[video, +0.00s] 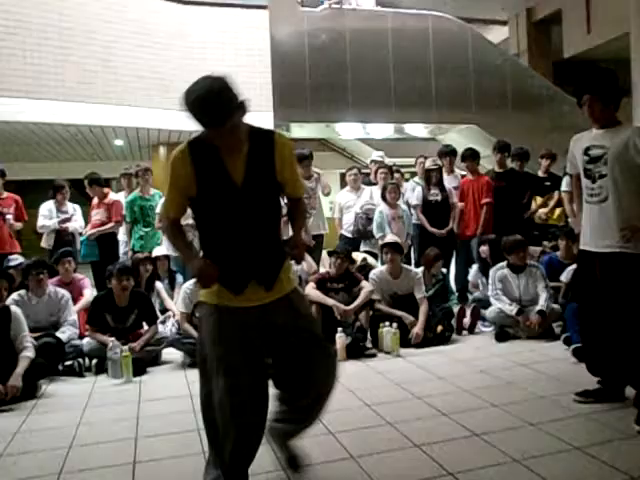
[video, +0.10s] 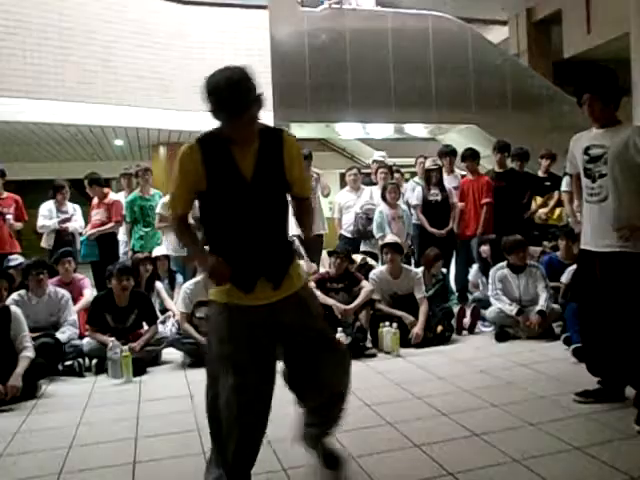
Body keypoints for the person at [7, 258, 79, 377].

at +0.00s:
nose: (41, 277)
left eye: (43, 273)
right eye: (36, 274)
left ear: (48, 277)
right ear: (27, 280)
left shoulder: (62, 296)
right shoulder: (16, 300)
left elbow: (72, 327)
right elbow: (12, 330)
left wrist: (54, 339)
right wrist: (28, 337)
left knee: (46, 345)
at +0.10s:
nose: (41, 277)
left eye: (43, 273)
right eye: (36, 274)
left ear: (48, 277)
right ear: (27, 280)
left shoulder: (62, 296)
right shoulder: (16, 300)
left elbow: (72, 327)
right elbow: (11, 330)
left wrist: (54, 339)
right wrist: (28, 337)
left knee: (44, 345)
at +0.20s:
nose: (41, 277)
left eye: (43, 274)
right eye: (36, 274)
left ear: (48, 277)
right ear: (27, 280)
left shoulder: (61, 296)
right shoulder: (17, 300)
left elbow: (72, 326)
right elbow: (10, 328)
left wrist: (56, 341)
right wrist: (25, 338)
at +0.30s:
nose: (41, 278)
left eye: (43, 274)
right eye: (36, 275)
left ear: (48, 277)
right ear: (27, 280)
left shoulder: (61, 296)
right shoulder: (16, 300)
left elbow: (71, 326)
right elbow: (10, 328)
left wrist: (58, 343)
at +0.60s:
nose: (39, 278)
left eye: (41, 274)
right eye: (34, 275)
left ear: (47, 277)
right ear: (26, 280)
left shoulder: (61, 296)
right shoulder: (15, 300)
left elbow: (71, 326)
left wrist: (59, 340)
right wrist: (21, 337)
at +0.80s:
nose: (39, 279)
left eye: (41, 274)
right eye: (34, 275)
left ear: (47, 277)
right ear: (26, 280)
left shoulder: (61, 296)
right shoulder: (15, 300)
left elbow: (71, 327)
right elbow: (9, 330)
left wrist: (55, 340)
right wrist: (22, 337)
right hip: (27, 345)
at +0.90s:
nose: (41, 280)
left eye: (44, 275)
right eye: (36, 277)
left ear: (50, 277)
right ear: (29, 282)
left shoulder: (65, 297)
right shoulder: (18, 302)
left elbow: (75, 330)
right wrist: (29, 338)